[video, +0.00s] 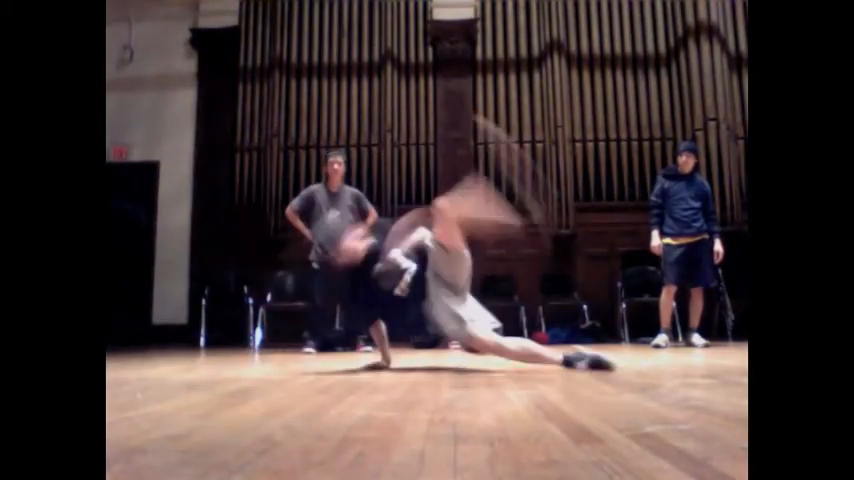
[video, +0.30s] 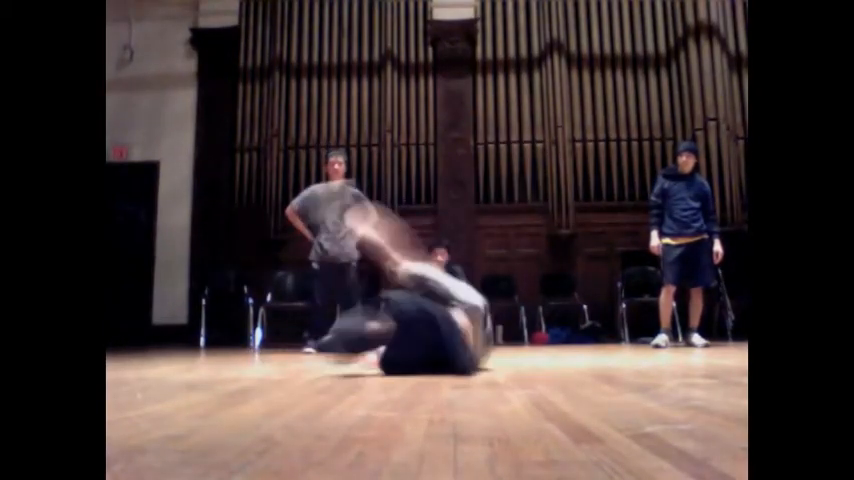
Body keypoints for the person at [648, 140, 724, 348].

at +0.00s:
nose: (685, 161)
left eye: (689, 157)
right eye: (682, 156)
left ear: (696, 160)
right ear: (677, 159)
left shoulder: (701, 184)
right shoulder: (664, 181)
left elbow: (710, 214)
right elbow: (655, 208)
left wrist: (716, 239)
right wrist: (655, 233)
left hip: (699, 239)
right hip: (673, 240)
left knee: (697, 288)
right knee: (669, 287)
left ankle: (693, 332)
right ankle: (664, 332)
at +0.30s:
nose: (685, 160)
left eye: (690, 156)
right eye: (682, 156)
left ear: (695, 160)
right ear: (677, 159)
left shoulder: (701, 184)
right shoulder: (664, 181)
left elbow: (710, 215)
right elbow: (655, 208)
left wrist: (716, 239)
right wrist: (654, 234)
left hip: (698, 239)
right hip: (672, 240)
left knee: (697, 288)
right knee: (669, 287)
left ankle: (693, 332)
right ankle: (664, 332)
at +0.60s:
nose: (687, 160)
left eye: (691, 156)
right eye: (683, 156)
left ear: (696, 160)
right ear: (677, 159)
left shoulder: (701, 184)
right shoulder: (665, 181)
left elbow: (710, 215)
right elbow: (655, 208)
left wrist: (716, 240)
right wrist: (654, 233)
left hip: (698, 239)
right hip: (672, 240)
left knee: (697, 288)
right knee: (669, 286)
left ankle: (693, 332)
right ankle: (664, 332)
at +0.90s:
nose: (686, 161)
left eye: (691, 156)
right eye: (683, 156)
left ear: (696, 160)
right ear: (677, 159)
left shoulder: (701, 183)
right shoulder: (665, 181)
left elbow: (710, 215)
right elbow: (655, 208)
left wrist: (716, 239)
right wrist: (655, 233)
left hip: (699, 240)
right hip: (673, 240)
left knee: (697, 287)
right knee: (669, 286)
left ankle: (693, 332)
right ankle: (664, 332)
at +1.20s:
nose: (686, 161)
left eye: (690, 157)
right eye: (683, 156)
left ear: (696, 160)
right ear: (677, 159)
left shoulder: (702, 184)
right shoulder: (665, 181)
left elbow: (710, 215)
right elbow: (655, 208)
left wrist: (716, 239)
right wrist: (655, 233)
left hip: (699, 240)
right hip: (673, 240)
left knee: (697, 287)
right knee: (669, 286)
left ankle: (693, 332)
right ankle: (664, 332)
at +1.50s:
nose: (686, 160)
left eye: (690, 156)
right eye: (683, 156)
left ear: (697, 159)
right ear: (677, 158)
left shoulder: (702, 184)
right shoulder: (665, 181)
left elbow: (711, 215)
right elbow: (656, 208)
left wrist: (716, 239)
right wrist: (655, 233)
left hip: (699, 240)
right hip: (673, 240)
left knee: (697, 288)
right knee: (669, 286)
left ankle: (693, 332)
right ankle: (664, 332)